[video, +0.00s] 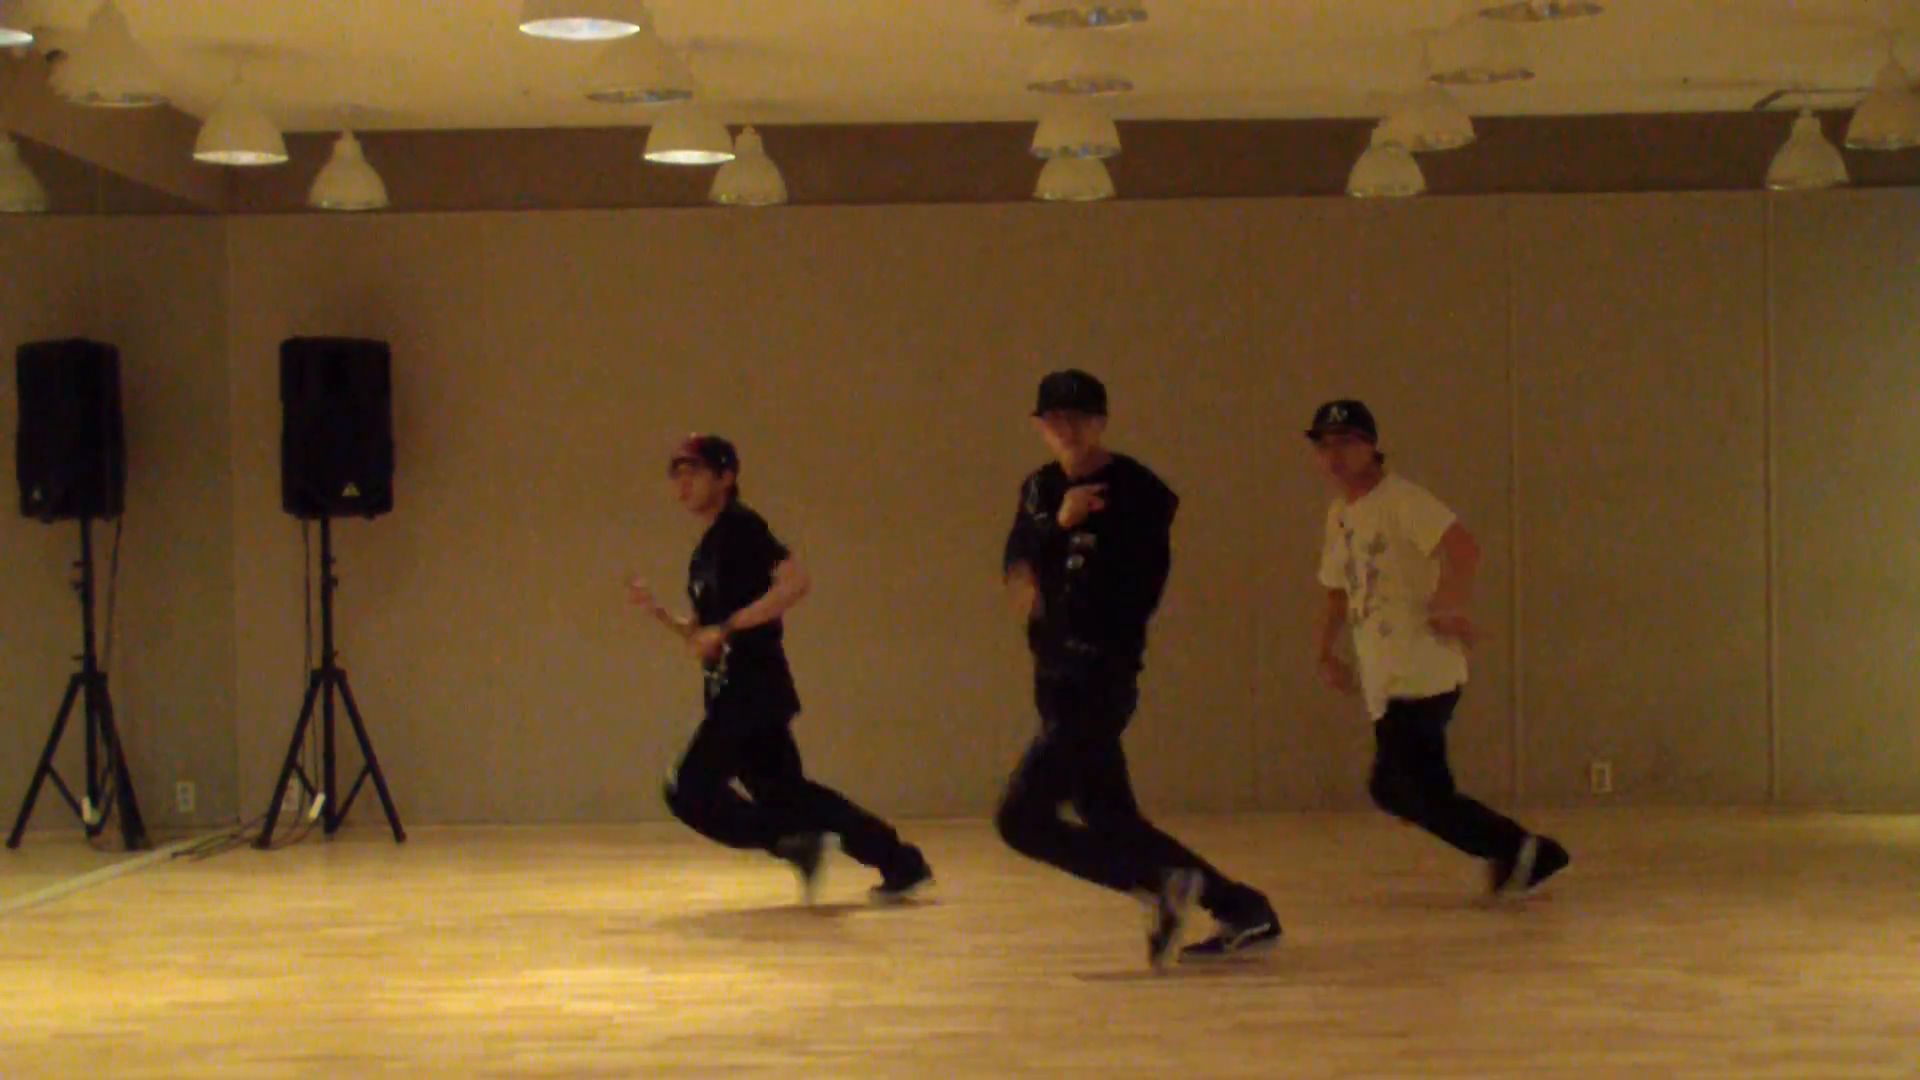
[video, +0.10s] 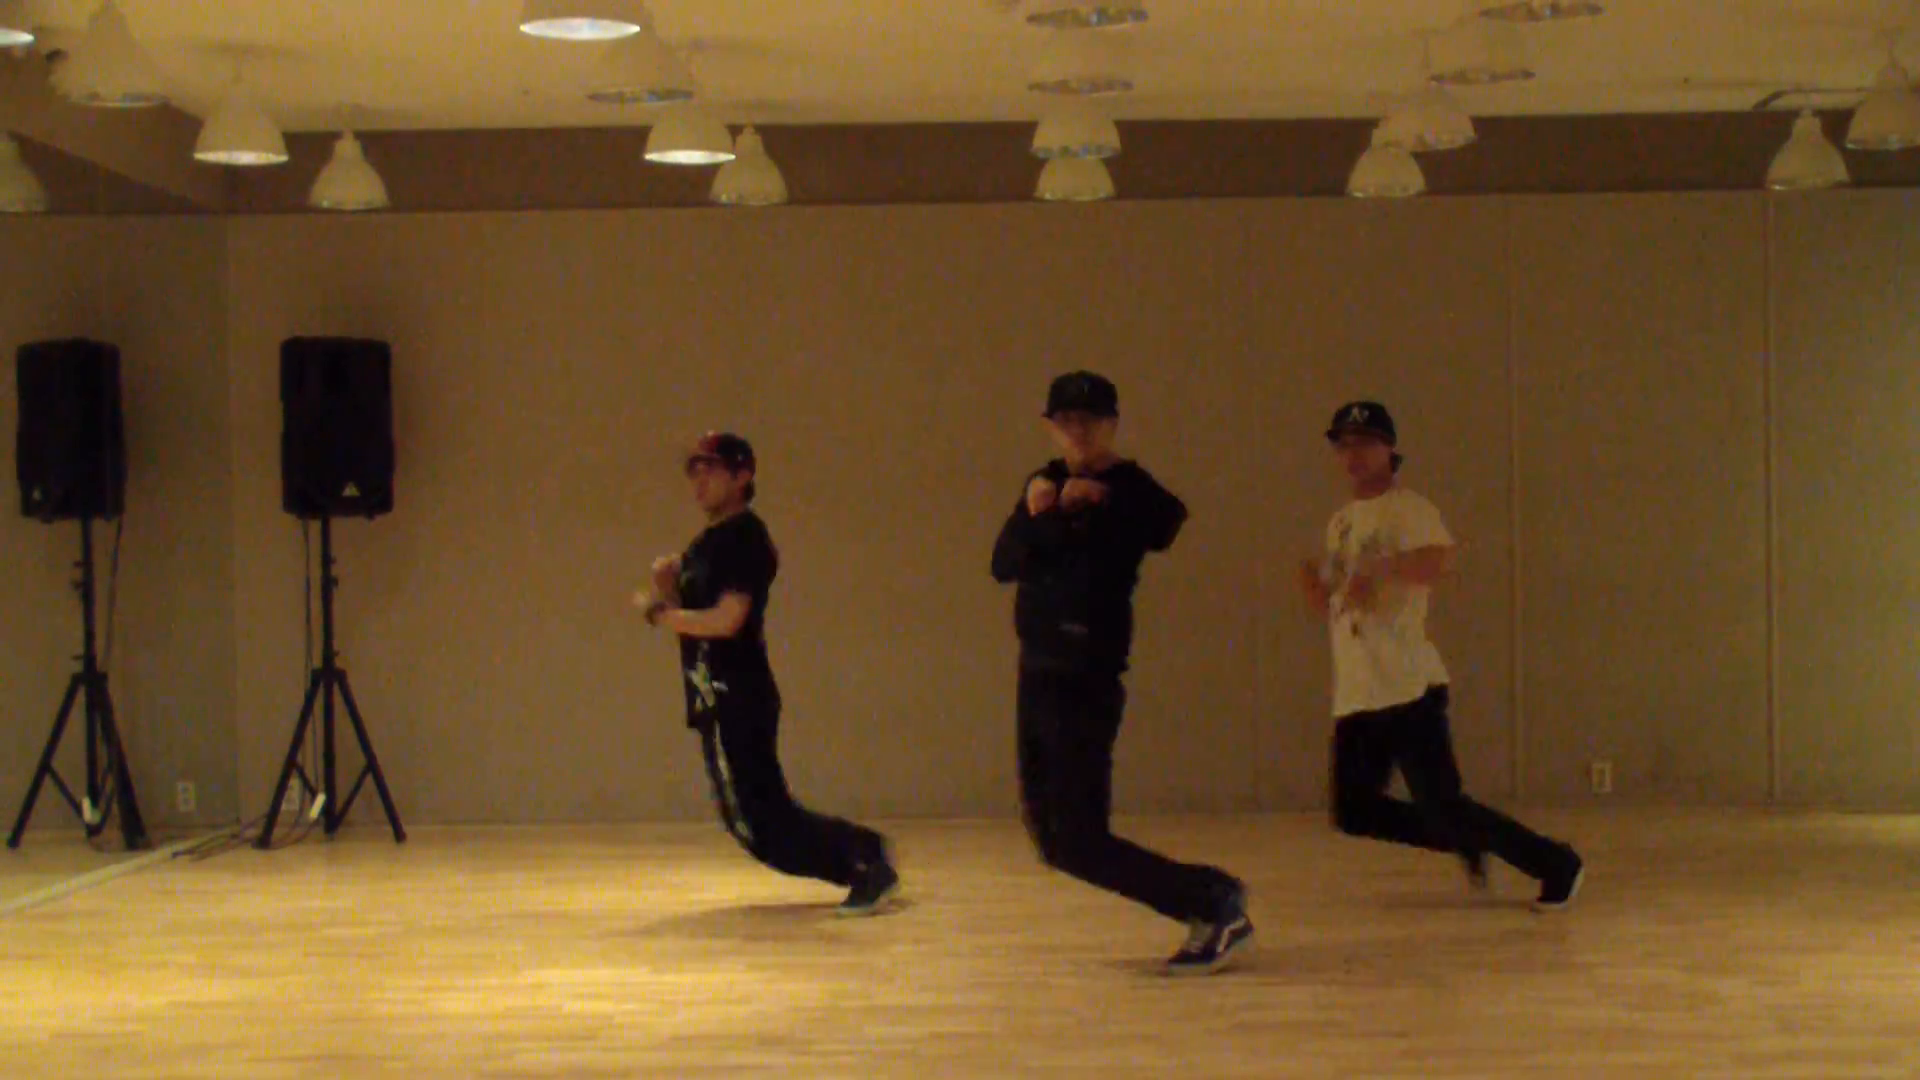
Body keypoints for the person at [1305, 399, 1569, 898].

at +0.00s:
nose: (1331, 456)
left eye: (1342, 444)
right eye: (1324, 447)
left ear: (1370, 448)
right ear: (1318, 454)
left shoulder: (1402, 497)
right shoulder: (1340, 515)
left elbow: (1463, 547)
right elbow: (1336, 590)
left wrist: (1448, 604)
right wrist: (1326, 651)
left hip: (1425, 669)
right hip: (1386, 675)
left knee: (1392, 785)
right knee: (1424, 791)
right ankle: (1525, 850)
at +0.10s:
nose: (1354, 456)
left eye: (1366, 444)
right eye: (1345, 446)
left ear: (1390, 450)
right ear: (1337, 454)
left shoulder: (1410, 508)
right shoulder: (1342, 522)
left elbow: (1435, 562)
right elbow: (1335, 603)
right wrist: (1316, 590)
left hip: (1411, 686)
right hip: (1357, 693)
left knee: (1443, 807)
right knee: (1353, 812)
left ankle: (1555, 863)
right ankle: (1456, 839)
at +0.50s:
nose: (1148, 484)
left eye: (1159, 472)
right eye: (1143, 473)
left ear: (1189, 476)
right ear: (1141, 476)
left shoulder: (1211, 533)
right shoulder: (1164, 530)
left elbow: (1123, 571)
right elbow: (1112, 565)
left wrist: (1056, 564)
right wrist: (1053, 558)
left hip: (1226, 700)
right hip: (1179, 689)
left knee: (1166, 799)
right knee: (1097, 756)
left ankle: (1279, 866)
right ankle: (1113, 873)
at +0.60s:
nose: (1108, 497)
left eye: (1119, 485)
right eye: (1104, 486)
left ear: (1150, 485)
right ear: (1103, 486)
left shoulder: (1182, 538)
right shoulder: (1128, 532)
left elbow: (1105, 596)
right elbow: (1083, 585)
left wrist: (1035, 629)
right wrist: (1028, 613)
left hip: (1203, 696)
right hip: (1153, 687)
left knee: (1132, 785)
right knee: (1081, 761)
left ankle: (1244, 865)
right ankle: (1113, 874)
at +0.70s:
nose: (1086, 503)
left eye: (1098, 491)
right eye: (1080, 491)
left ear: (1127, 491)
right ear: (1075, 491)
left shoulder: (1160, 540)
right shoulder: (1099, 534)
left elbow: (1106, 618)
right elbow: (1072, 606)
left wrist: (1051, 675)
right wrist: (1034, 660)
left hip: (1187, 688)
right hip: (1133, 684)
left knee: (1119, 771)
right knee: (1069, 763)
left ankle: (1215, 855)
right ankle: (1112, 874)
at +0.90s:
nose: (1079, 460)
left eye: (1089, 448)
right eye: (1072, 450)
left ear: (1117, 450)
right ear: (1066, 454)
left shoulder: (1160, 504)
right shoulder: (1070, 512)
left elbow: (1195, 584)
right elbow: (1042, 591)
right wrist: (1008, 650)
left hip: (1170, 653)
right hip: (1106, 664)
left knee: (1124, 709)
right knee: (1070, 763)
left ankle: (1165, 769)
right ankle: (1111, 870)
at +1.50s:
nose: (1139, 439)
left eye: (1149, 428)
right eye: (1129, 429)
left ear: (1168, 432)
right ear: (1113, 435)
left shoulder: (1202, 488)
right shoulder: (1097, 497)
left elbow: (1250, 542)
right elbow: (1060, 562)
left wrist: (1276, 554)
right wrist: (1031, 558)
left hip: (1200, 647)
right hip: (1138, 653)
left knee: (1188, 755)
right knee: (1140, 768)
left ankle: (1209, 884)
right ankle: (1171, 864)